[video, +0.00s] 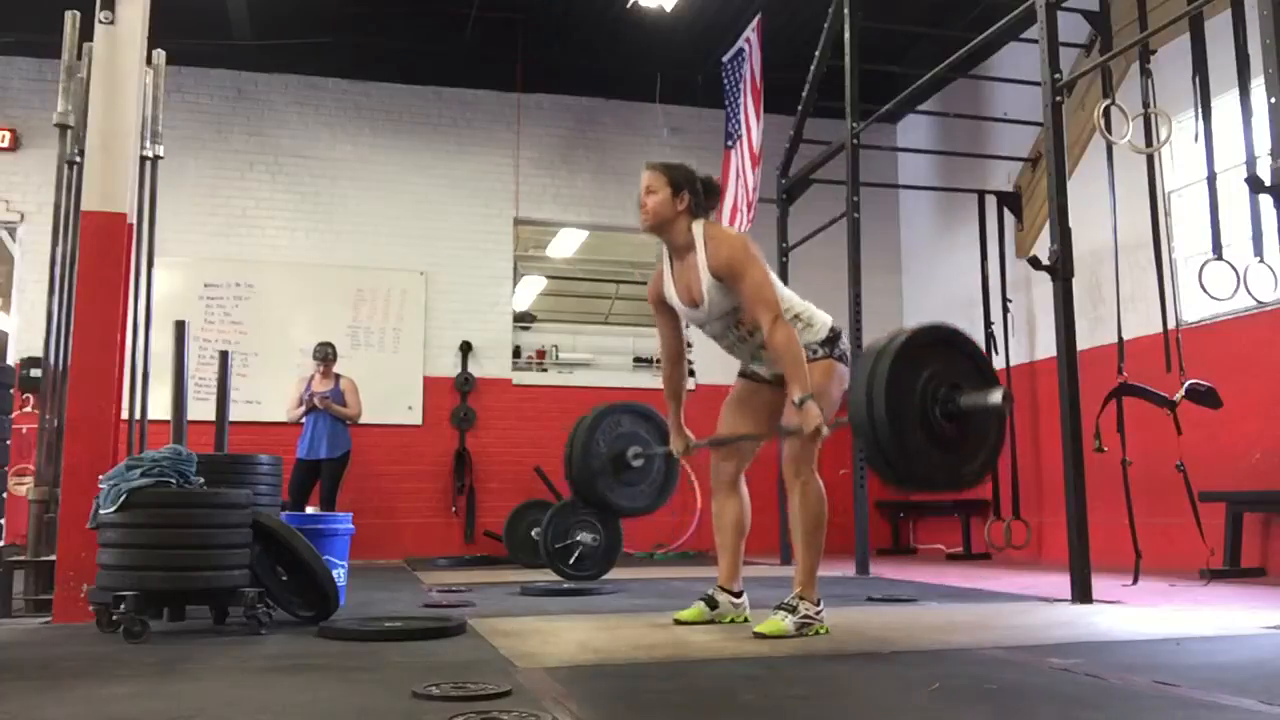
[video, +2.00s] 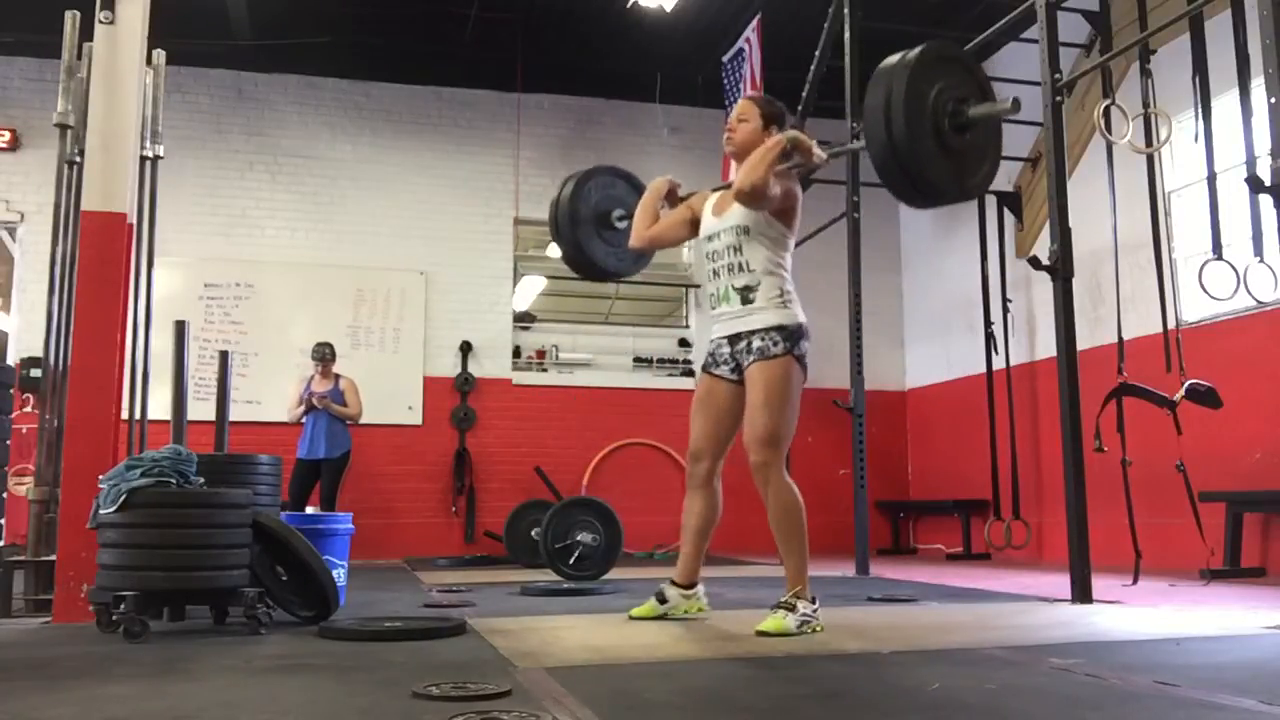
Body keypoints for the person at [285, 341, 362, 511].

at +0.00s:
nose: (322, 370)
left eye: (327, 366)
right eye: (318, 365)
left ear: (334, 362)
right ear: (314, 362)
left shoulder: (345, 383)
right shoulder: (304, 383)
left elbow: (355, 415)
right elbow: (290, 416)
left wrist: (329, 406)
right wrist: (305, 407)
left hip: (335, 449)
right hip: (309, 448)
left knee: (327, 499)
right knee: (295, 495)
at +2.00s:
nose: (320, 370)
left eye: (325, 366)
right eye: (317, 365)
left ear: (333, 363)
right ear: (312, 362)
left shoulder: (345, 384)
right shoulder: (305, 383)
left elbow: (355, 415)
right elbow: (291, 417)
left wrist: (329, 405)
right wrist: (304, 407)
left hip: (335, 450)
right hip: (308, 449)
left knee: (327, 501)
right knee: (296, 498)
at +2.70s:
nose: (322, 369)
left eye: (326, 365)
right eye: (318, 365)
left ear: (334, 362)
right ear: (313, 362)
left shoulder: (346, 383)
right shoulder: (306, 383)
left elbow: (356, 415)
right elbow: (291, 416)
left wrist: (329, 405)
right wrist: (306, 406)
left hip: (336, 450)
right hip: (309, 449)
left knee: (327, 501)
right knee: (296, 498)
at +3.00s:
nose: (321, 369)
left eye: (326, 365)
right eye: (318, 365)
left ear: (334, 362)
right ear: (313, 363)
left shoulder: (346, 383)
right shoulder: (307, 383)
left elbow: (357, 415)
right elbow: (292, 417)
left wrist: (329, 405)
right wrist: (305, 406)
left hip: (336, 449)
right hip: (309, 449)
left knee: (327, 501)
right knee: (296, 498)